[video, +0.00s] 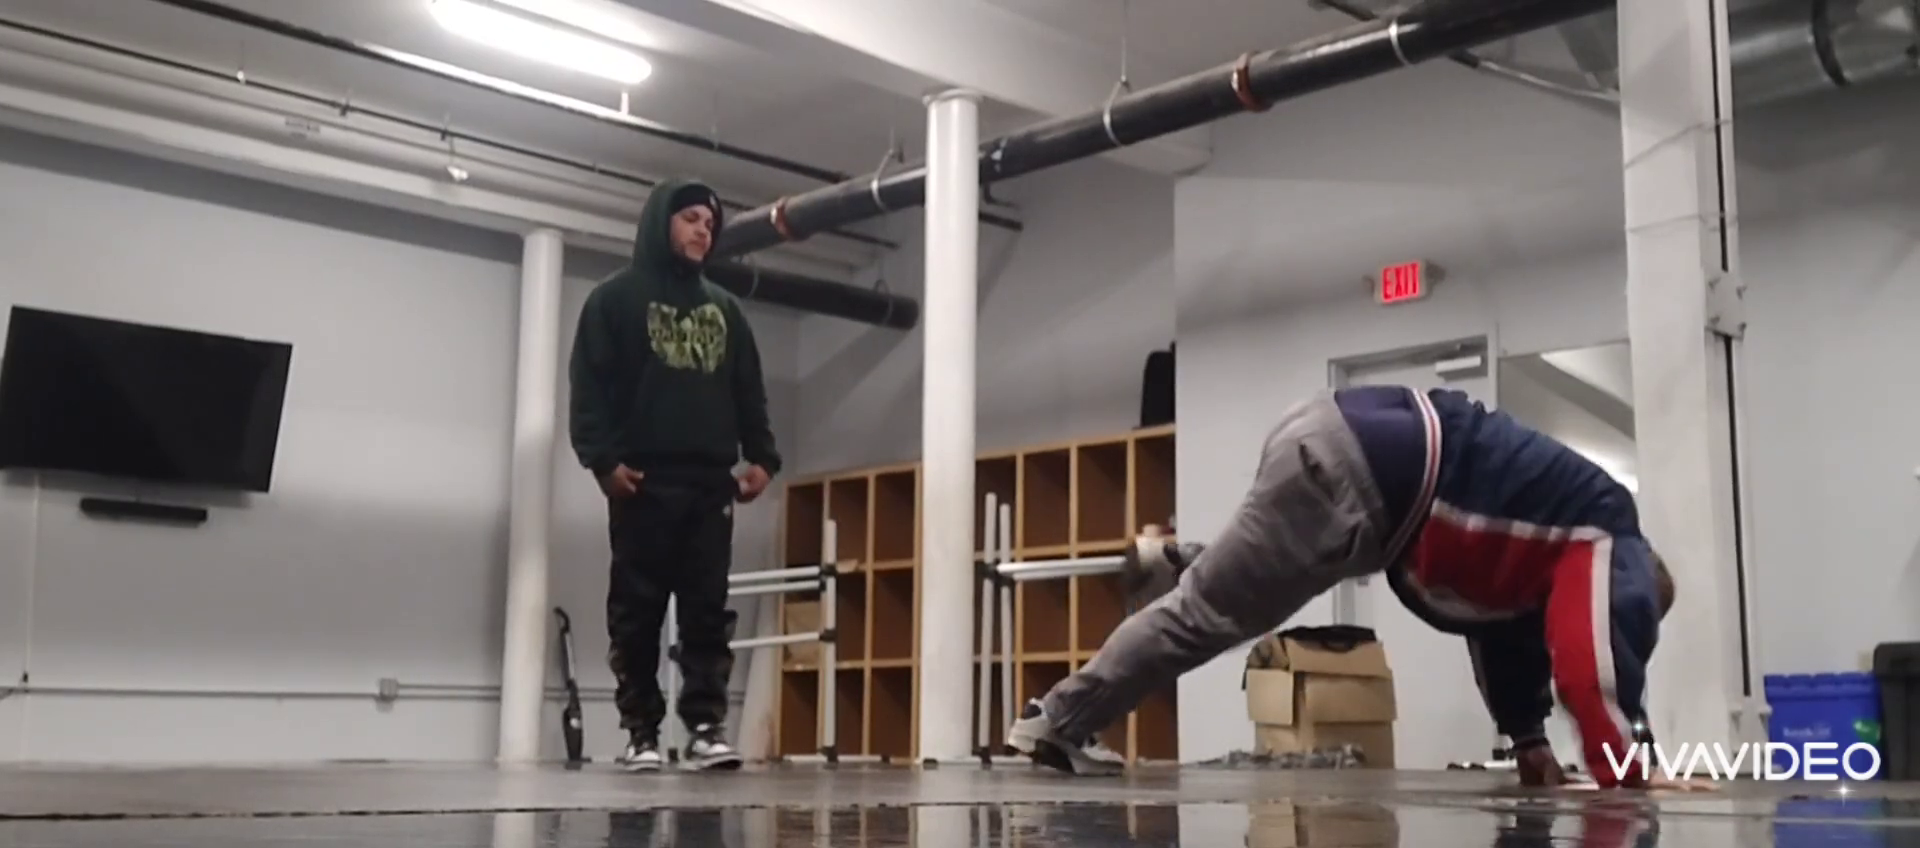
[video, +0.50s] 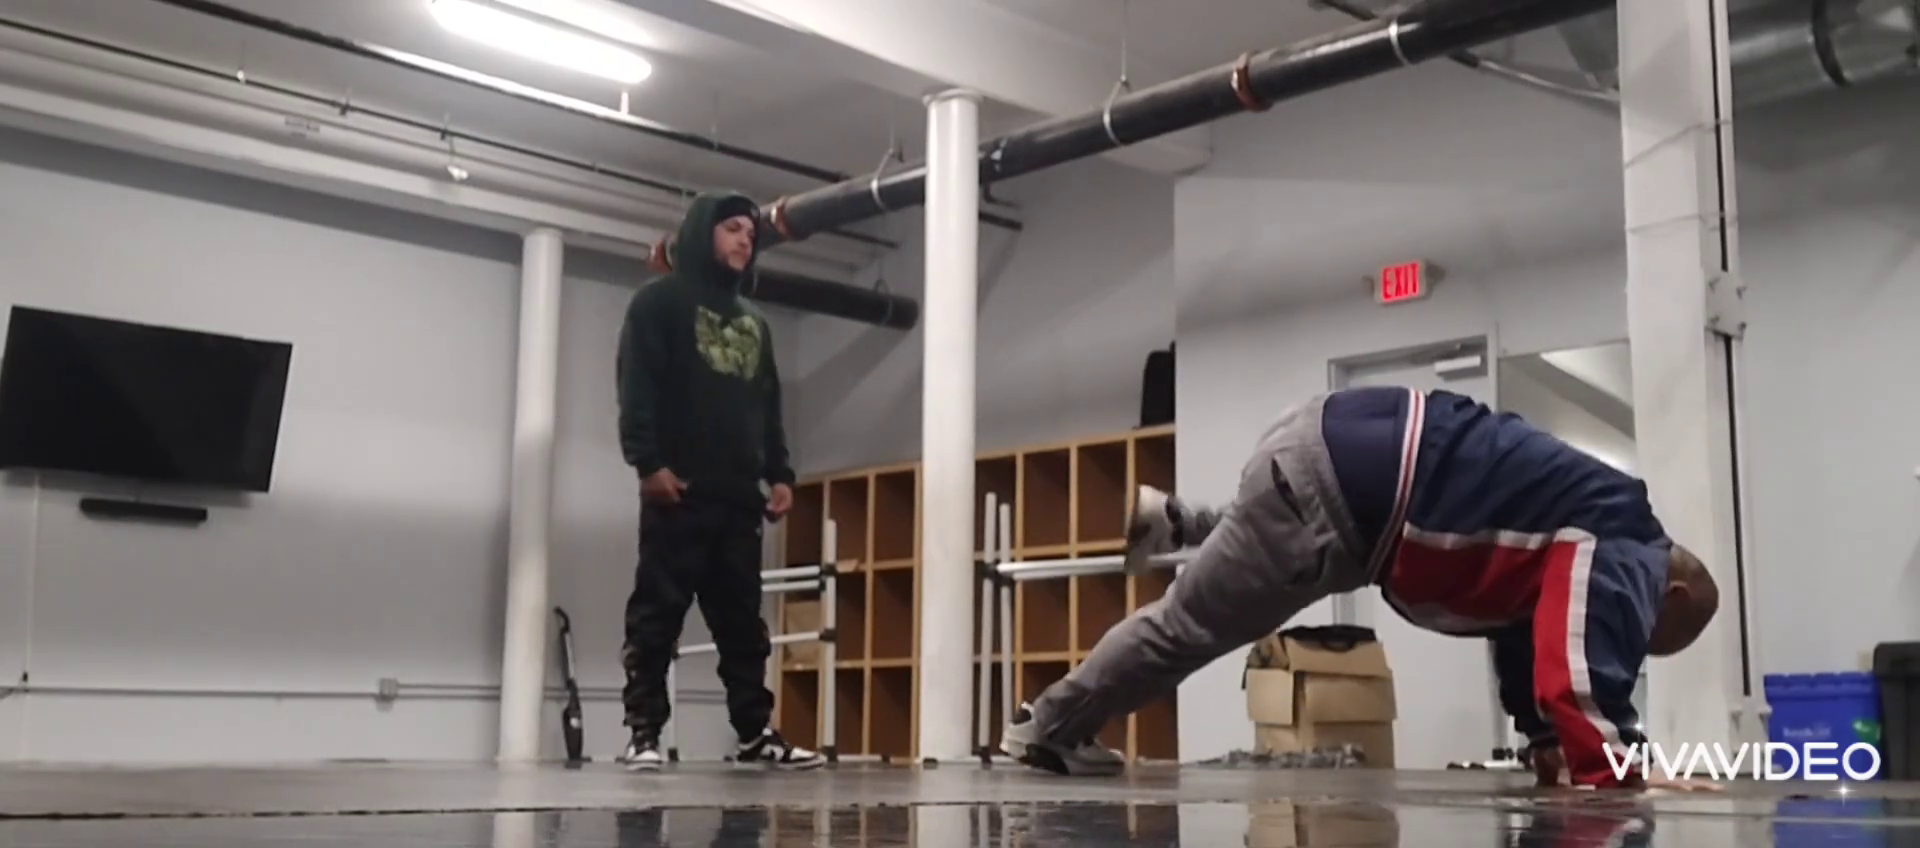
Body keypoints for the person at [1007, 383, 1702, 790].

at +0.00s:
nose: (1633, 625)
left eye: (1642, 620)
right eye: (1643, 615)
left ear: (1624, 568)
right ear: (1648, 577)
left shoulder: (1538, 558)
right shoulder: (1616, 543)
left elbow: (1511, 652)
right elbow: (1589, 659)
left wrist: (1534, 750)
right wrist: (1629, 769)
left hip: (1344, 444)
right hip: (1357, 460)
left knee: (1252, 583)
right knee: (1205, 615)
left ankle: (1170, 563)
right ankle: (1060, 721)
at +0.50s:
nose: (1645, 648)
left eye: (1659, 642)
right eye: (1661, 640)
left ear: (1660, 569)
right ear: (1670, 594)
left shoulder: (1582, 529)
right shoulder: (1627, 550)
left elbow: (1528, 658)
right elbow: (1577, 677)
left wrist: (1554, 752)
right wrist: (1620, 769)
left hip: (1327, 440)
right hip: (1336, 488)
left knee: (1275, 559)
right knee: (1184, 627)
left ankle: (1172, 528)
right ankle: (1051, 727)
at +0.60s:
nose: (1638, 626)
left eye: (1651, 624)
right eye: (1653, 617)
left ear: (1653, 565)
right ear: (1666, 571)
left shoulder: (1585, 540)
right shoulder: (1609, 524)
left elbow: (1539, 661)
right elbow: (1584, 666)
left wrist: (1557, 751)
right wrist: (1623, 763)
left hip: (1377, 533)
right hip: (1330, 466)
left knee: (1361, 615)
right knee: (1180, 607)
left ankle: (1235, 615)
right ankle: (1047, 716)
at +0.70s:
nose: (1620, 611)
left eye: (1632, 613)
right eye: (1636, 602)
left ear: (1637, 551)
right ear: (1650, 555)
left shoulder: (1581, 525)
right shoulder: (1575, 482)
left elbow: (1535, 636)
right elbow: (1562, 620)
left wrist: (1550, 741)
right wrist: (1604, 747)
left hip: (1372, 534)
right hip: (1309, 456)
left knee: (1389, 653)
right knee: (1175, 587)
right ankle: (1043, 718)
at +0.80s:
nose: (1608, 612)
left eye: (1623, 611)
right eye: (1627, 603)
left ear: (1649, 543)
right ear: (1646, 548)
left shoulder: (1600, 513)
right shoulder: (1569, 484)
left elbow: (1555, 627)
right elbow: (1499, 612)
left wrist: (1547, 748)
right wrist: (1511, 748)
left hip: (1375, 535)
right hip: (1309, 458)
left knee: (1385, 656)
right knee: (1177, 590)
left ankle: (1210, 668)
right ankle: (1044, 719)